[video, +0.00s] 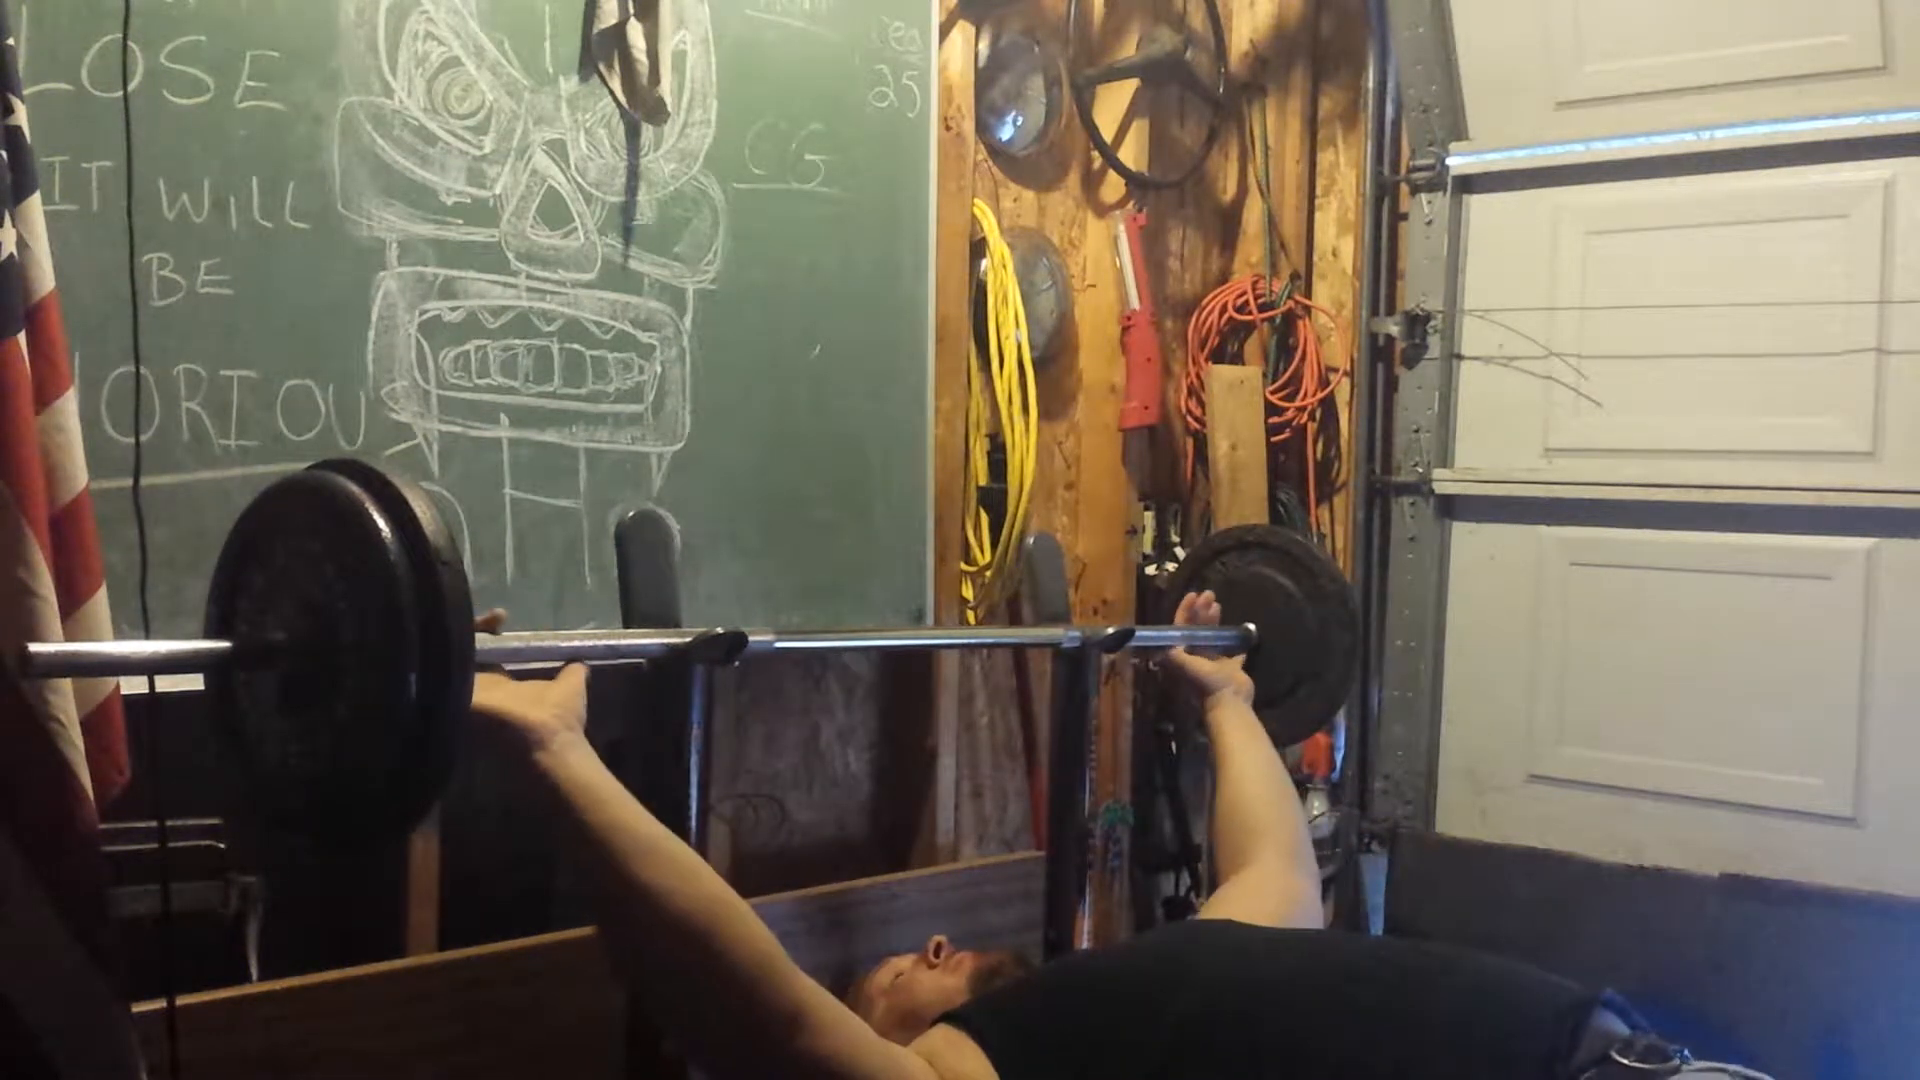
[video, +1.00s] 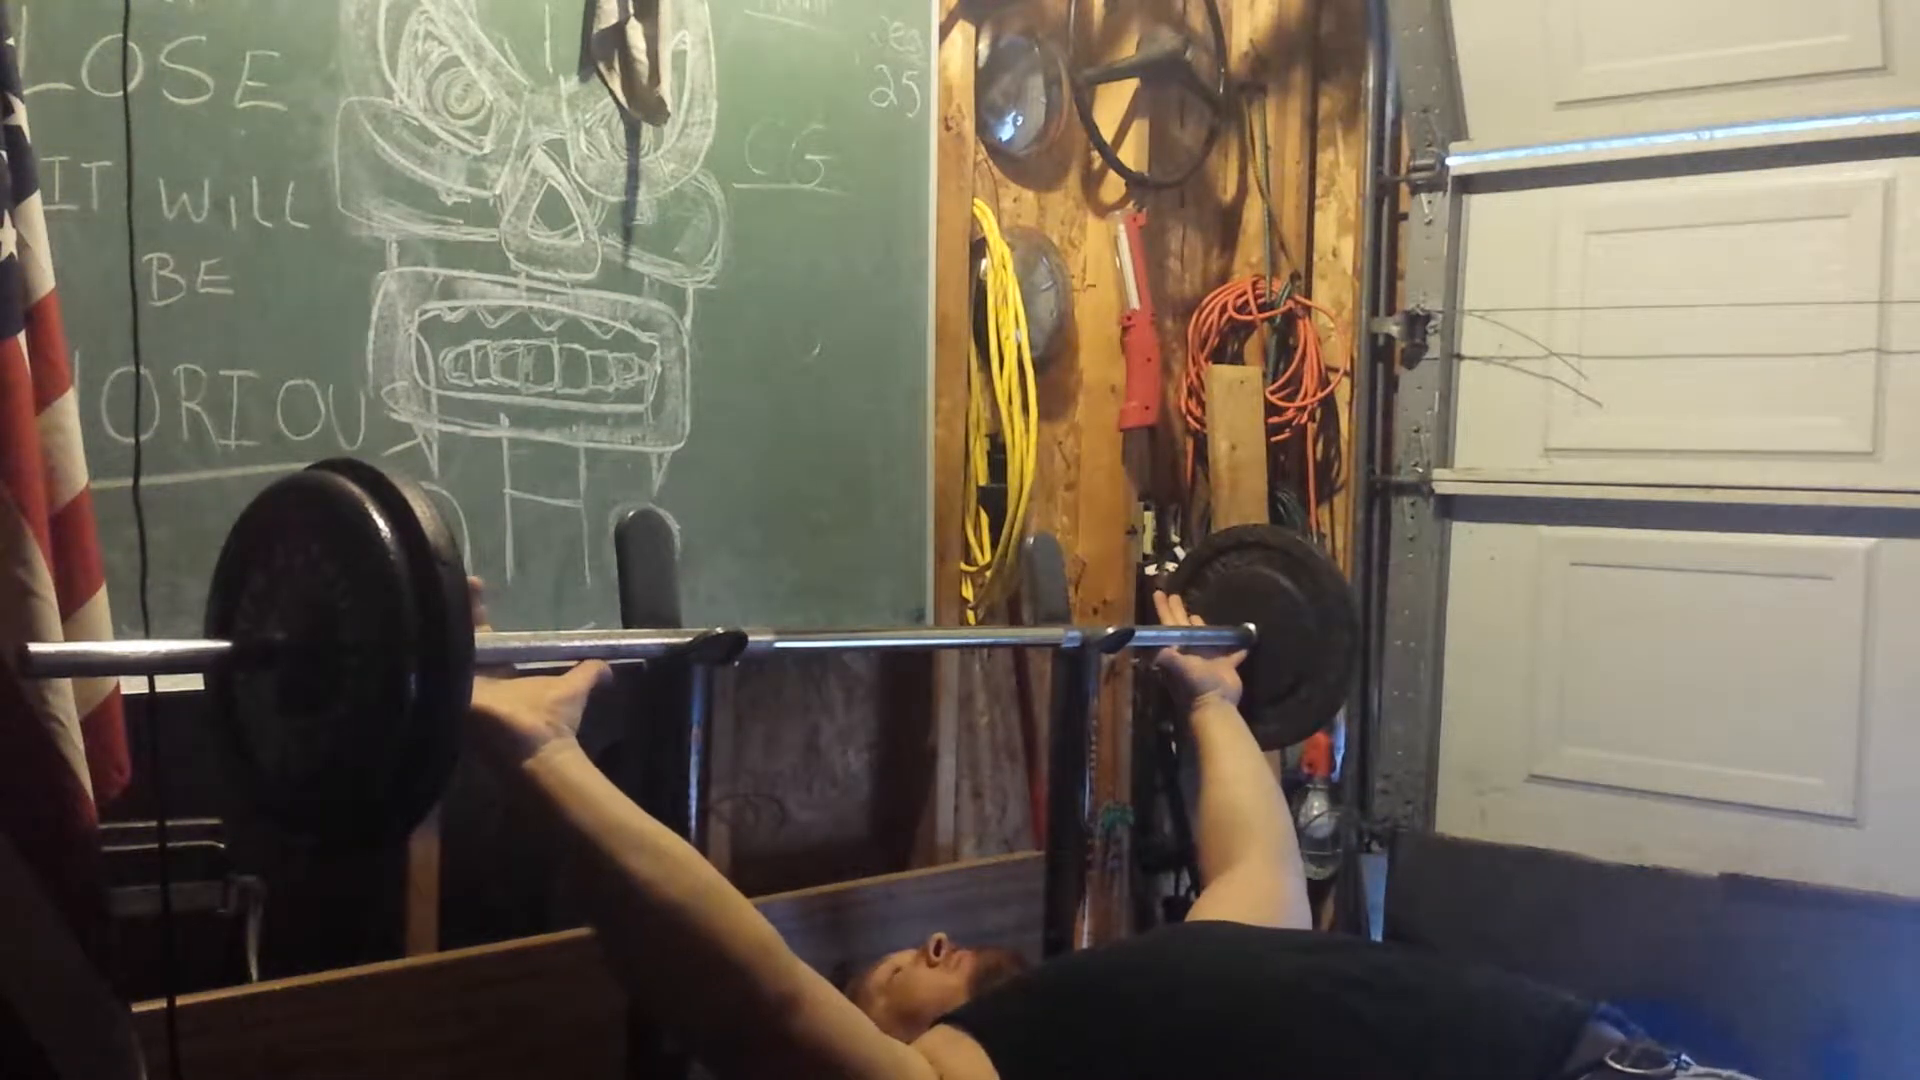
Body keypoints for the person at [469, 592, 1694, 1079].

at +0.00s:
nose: (918, 949)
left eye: (923, 949)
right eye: (893, 972)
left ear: (974, 963)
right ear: (895, 1035)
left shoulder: (1170, 979)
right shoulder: (947, 1067)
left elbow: (1270, 864)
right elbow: (780, 1008)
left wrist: (1220, 690)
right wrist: (562, 753)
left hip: (1658, 1043)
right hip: (1568, 1056)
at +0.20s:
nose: (911, 950)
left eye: (904, 952)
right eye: (875, 978)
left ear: (958, 967)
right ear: (864, 1041)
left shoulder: (1172, 976)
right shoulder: (940, 1073)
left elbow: (1270, 872)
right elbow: (756, 983)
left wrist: (1227, 697)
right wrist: (563, 752)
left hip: (1667, 1052)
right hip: (1572, 1069)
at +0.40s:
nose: (909, 952)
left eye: (904, 954)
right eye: (873, 977)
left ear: (956, 969)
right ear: (857, 1039)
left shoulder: (1163, 979)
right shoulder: (935, 1074)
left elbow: (1266, 871)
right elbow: (745, 979)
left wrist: (1225, 697)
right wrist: (559, 757)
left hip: (1667, 1051)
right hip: (1571, 1069)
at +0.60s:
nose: (911, 950)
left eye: (911, 951)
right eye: (877, 976)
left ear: (965, 967)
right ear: (860, 1040)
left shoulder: (1168, 979)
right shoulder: (946, 1073)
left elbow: (1259, 866)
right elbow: (754, 987)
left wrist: (1217, 699)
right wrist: (549, 756)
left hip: (1659, 1053)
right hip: (1574, 1064)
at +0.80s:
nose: (912, 953)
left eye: (913, 950)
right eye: (884, 979)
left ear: (970, 962)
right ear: (880, 1043)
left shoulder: (1171, 986)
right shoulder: (952, 1071)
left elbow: (1255, 860)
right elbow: (761, 997)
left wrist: (1212, 699)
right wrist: (545, 755)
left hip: (1657, 1052)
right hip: (1565, 1063)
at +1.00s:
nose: (915, 948)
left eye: (914, 948)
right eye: (887, 975)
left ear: (972, 965)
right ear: (887, 1043)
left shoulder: (1165, 987)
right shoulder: (954, 1073)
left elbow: (1256, 856)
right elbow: (768, 998)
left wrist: (1213, 698)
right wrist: (546, 753)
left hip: (1662, 1054)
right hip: (1573, 1062)